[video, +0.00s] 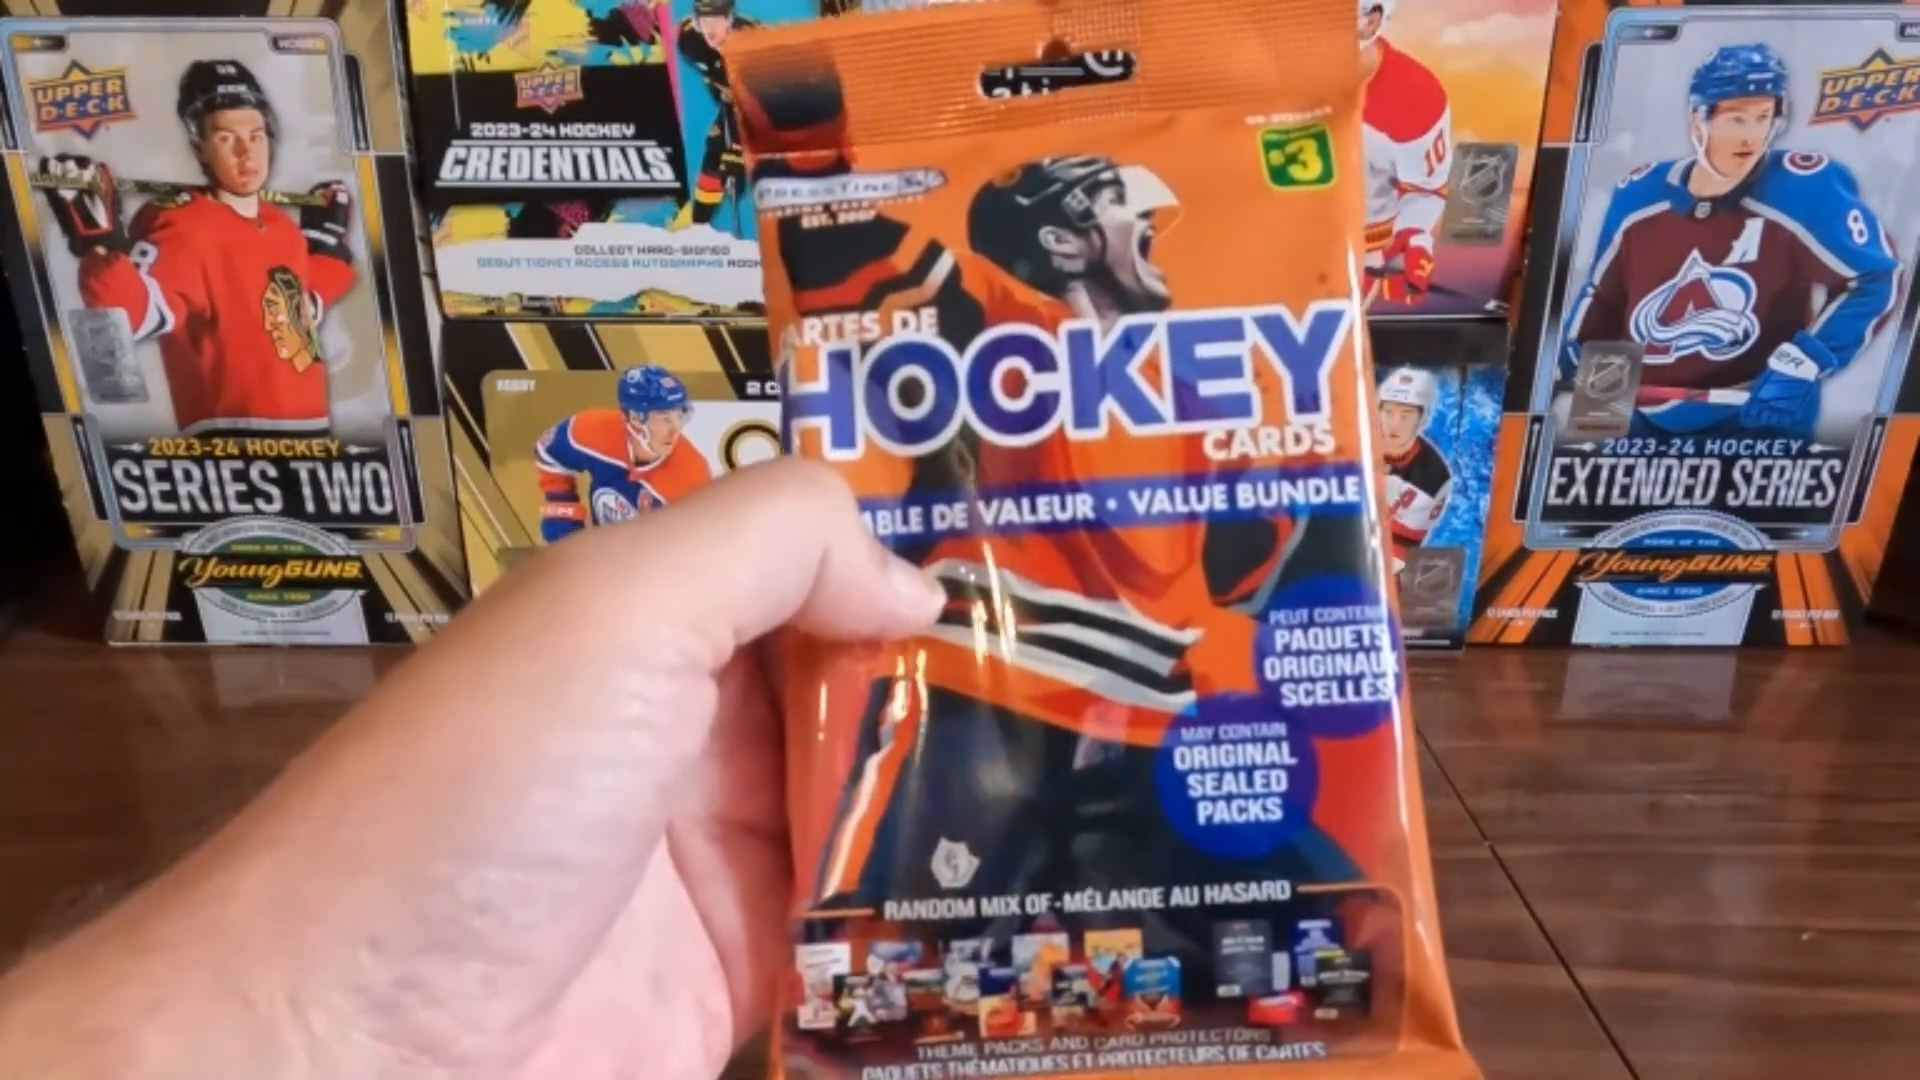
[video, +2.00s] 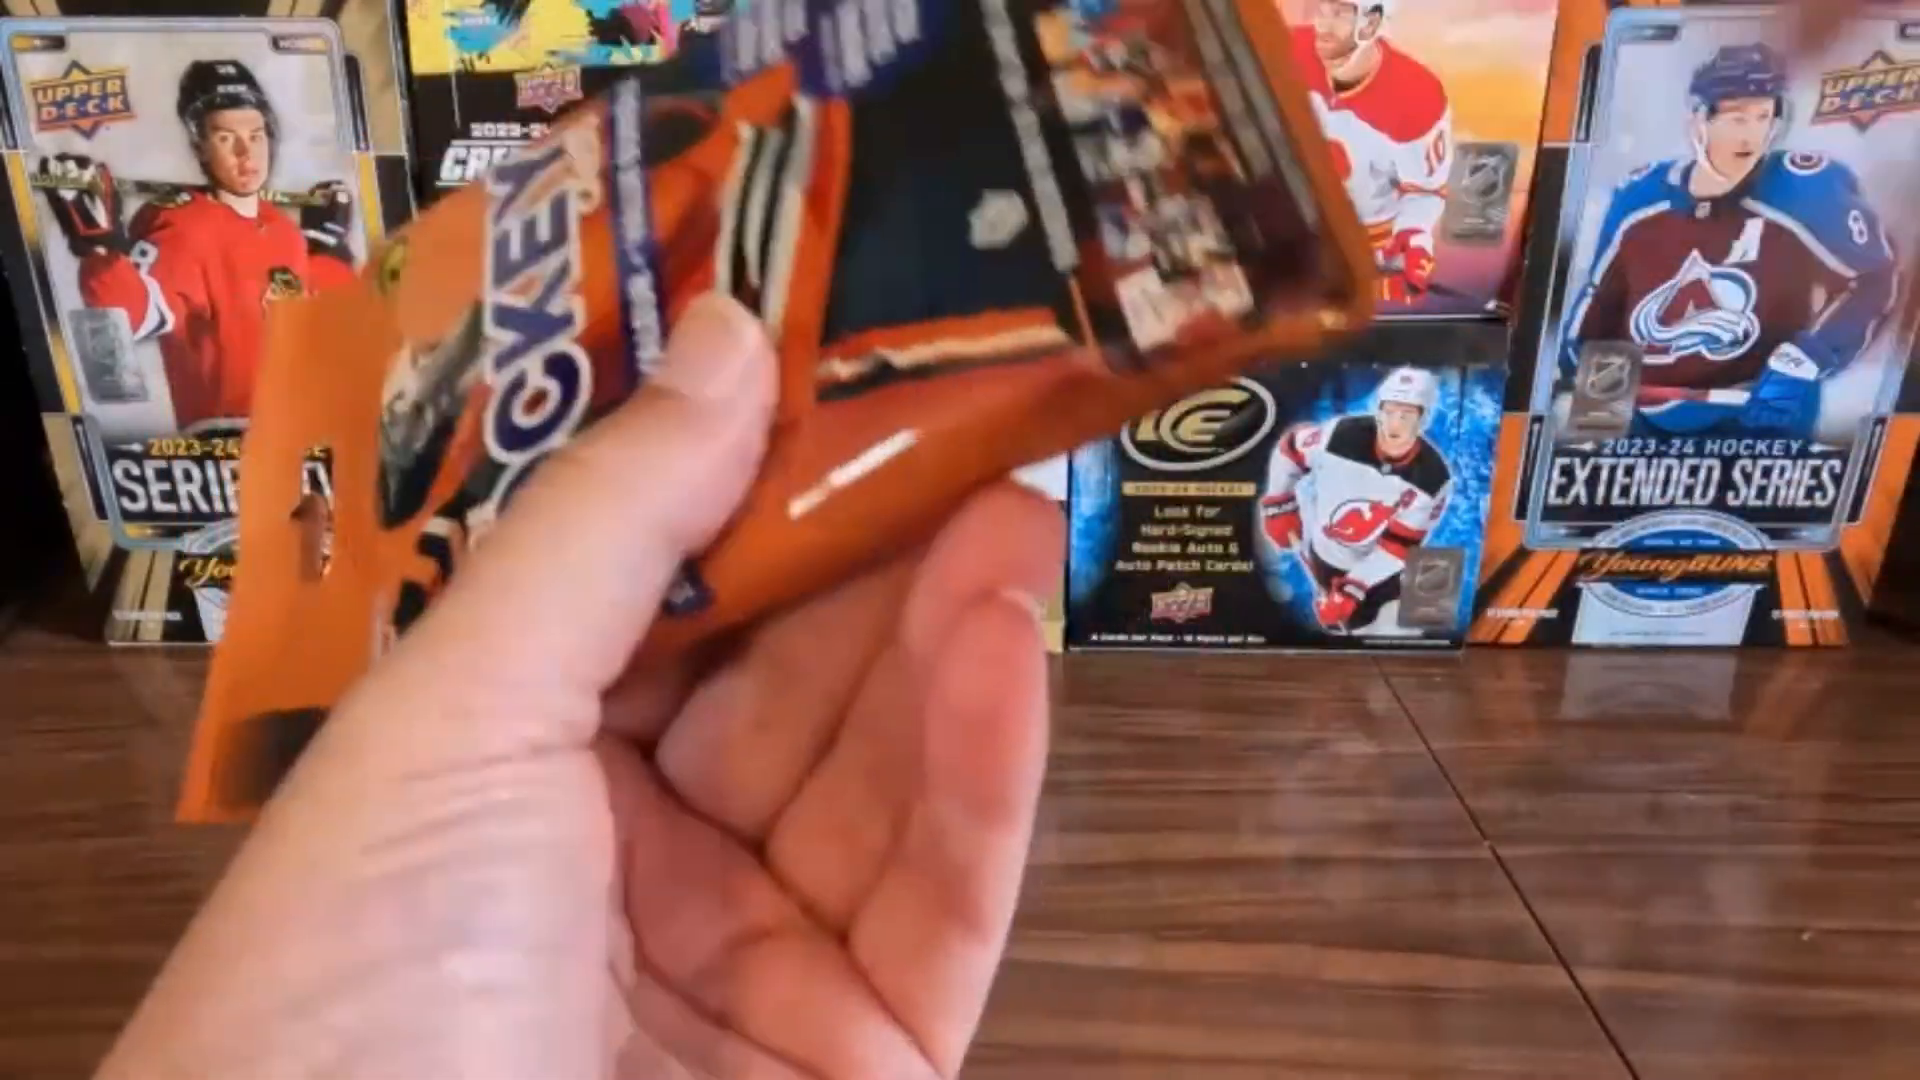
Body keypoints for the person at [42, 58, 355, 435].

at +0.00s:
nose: (247, 152)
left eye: (256, 135)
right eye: (228, 139)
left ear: (270, 139)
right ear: (201, 150)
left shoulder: (282, 227)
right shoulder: (184, 226)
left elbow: (302, 307)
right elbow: (140, 315)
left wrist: (333, 249)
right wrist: (100, 249)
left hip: (308, 433)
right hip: (231, 441)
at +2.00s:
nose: (247, 152)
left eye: (257, 135)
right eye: (227, 139)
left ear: (270, 139)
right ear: (200, 148)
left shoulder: (284, 229)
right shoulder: (180, 227)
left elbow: (327, 319)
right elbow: (141, 315)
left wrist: (331, 251)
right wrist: (100, 249)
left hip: (300, 421)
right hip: (223, 431)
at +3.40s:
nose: (246, 153)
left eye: (256, 136)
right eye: (226, 138)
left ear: (271, 141)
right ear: (200, 148)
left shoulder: (284, 226)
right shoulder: (183, 227)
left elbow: (316, 318)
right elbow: (139, 319)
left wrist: (330, 244)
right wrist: (101, 248)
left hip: (300, 417)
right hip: (217, 421)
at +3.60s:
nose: (246, 154)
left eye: (255, 135)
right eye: (227, 139)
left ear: (269, 138)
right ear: (200, 148)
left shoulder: (296, 215)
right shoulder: (177, 224)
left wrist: (333, 216)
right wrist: (100, 244)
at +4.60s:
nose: (247, 153)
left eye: (256, 136)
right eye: (228, 139)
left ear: (270, 141)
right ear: (201, 150)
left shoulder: (284, 229)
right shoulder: (179, 228)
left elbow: (312, 318)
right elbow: (153, 334)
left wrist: (331, 252)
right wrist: (102, 254)